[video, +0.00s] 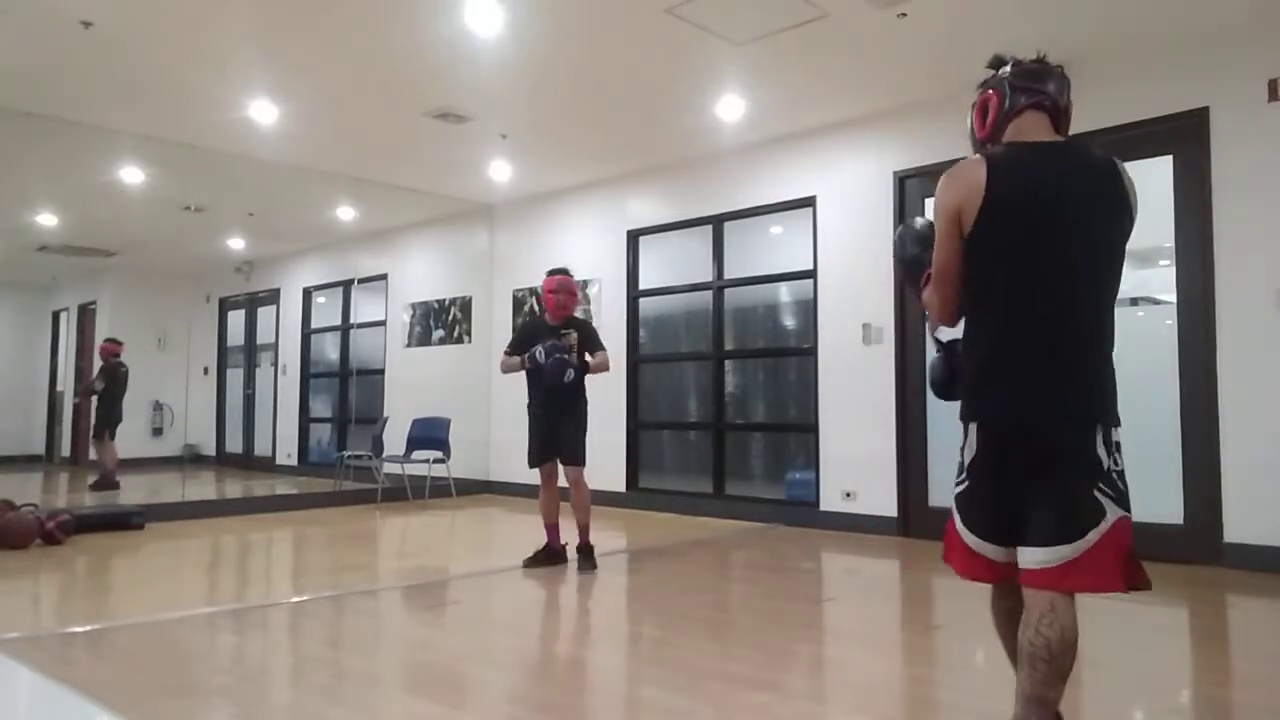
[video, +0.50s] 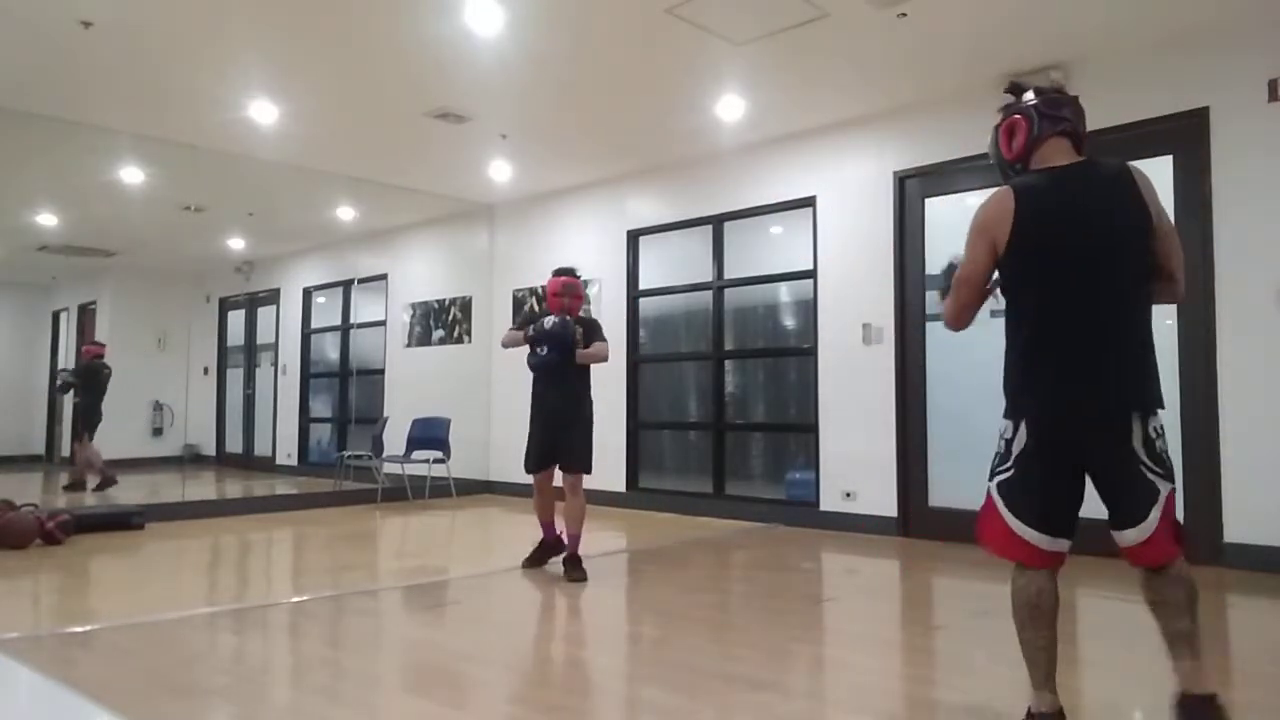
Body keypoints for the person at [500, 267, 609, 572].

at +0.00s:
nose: (559, 299)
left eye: (565, 293)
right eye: (553, 293)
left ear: (575, 297)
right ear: (543, 296)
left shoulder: (582, 328)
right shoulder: (530, 328)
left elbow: (603, 363)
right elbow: (505, 365)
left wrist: (580, 364)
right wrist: (530, 358)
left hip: (572, 410)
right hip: (541, 411)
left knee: (574, 476)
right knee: (547, 477)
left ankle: (584, 546)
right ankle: (553, 546)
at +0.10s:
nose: (558, 299)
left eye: (565, 293)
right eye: (552, 292)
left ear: (574, 296)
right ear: (540, 295)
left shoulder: (580, 327)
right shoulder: (527, 326)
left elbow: (603, 357)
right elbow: (503, 363)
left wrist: (582, 360)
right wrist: (527, 355)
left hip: (571, 413)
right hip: (539, 414)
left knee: (572, 478)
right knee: (547, 478)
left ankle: (579, 549)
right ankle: (553, 546)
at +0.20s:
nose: (557, 300)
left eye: (564, 293)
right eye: (550, 293)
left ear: (573, 295)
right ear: (539, 295)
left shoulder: (579, 326)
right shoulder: (527, 325)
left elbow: (603, 355)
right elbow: (502, 360)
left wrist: (581, 356)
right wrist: (525, 351)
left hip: (570, 413)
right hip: (539, 414)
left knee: (571, 479)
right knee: (546, 479)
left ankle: (575, 549)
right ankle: (553, 546)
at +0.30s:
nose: (558, 301)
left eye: (564, 295)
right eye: (552, 295)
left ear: (573, 296)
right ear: (540, 297)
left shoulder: (580, 325)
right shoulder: (528, 325)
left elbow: (601, 353)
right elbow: (503, 357)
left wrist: (575, 350)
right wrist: (528, 344)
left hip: (570, 412)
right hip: (539, 412)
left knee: (569, 481)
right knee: (546, 481)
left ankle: (573, 551)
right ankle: (553, 546)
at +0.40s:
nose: (559, 302)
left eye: (566, 296)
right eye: (553, 296)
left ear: (576, 298)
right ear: (544, 296)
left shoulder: (582, 325)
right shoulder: (530, 323)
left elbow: (602, 352)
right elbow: (504, 349)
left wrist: (575, 353)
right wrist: (531, 336)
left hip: (572, 411)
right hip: (540, 411)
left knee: (570, 480)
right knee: (545, 480)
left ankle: (573, 553)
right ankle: (552, 545)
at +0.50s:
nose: (563, 299)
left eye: (569, 292)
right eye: (557, 293)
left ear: (579, 295)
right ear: (547, 294)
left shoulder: (587, 324)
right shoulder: (535, 320)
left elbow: (602, 353)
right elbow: (507, 340)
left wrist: (568, 352)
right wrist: (535, 334)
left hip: (576, 412)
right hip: (543, 411)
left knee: (572, 481)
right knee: (541, 479)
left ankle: (573, 554)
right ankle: (550, 540)